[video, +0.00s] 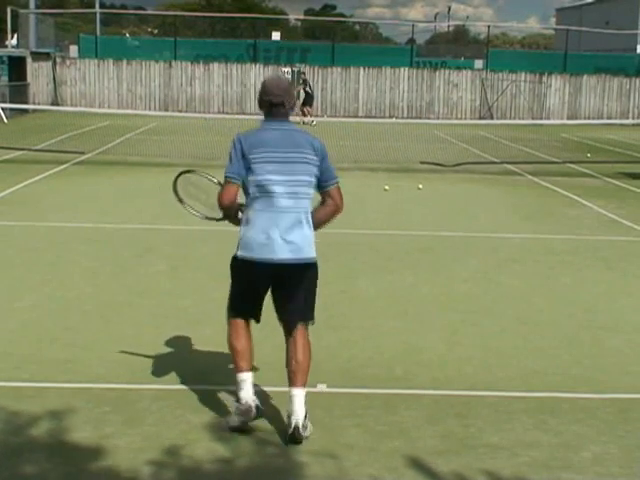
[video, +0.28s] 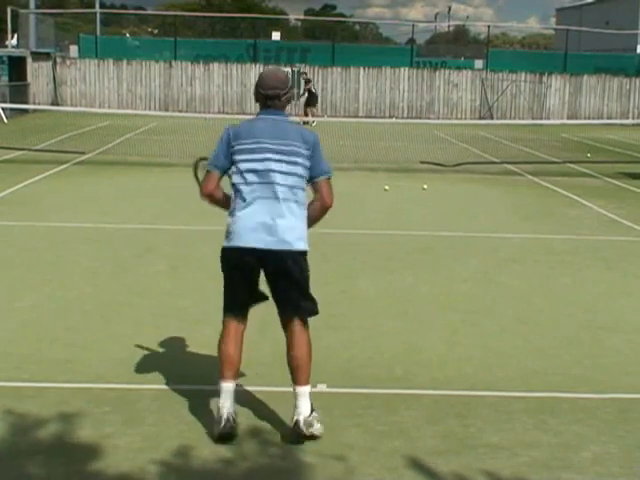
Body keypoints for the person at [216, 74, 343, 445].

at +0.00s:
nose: (277, 107)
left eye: (267, 101)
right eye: (288, 101)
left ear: (261, 105)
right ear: (293, 106)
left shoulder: (245, 142)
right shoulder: (313, 144)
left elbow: (227, 199)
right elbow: (334, 203)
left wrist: (234, 214)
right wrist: (304, 226)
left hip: (254, 254)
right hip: (299, 255)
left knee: (240, 316)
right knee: (297, 326)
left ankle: (246, 399)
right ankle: (298, 415)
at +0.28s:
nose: (282, 100)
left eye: (264, 94)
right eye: (285, 95)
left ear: (256, 98)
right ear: (287, 99)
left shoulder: (235, 134)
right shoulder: (306, 138)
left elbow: (208, 189)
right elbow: (325, 200)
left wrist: (236, 206)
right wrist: (296, 225)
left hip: (241, 242)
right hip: (287, 245)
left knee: (234, 320)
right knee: (295, 323)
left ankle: (225, 410)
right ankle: (304, 414)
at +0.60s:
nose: (290, 99)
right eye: (292, 95)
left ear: (261, 97)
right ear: (292, 99)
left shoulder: (236, 134)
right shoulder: (305, 138)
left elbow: (209, 187)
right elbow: (315, 203)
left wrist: (241, 205)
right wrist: (298, 232)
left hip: (237, 245)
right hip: (283, 247)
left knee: (229, 323)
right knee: (302, 324)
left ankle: (211, 412)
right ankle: (312, 414)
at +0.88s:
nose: (311, 130)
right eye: (311, 126)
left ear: (278, 126)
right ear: (309, 130)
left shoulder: (253, 160)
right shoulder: (308, 171)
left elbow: (255, 214)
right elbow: (309, 236)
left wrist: (305, 225)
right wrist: (321, 263)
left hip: (238, 267)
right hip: (279, 273)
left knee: (240, 337)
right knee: (316, 342)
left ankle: (202, 408)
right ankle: (315, 434)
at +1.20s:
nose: (305, 127)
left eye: (304, 122)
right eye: (305, 122)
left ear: (270, 121)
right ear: (298, 126)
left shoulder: (253, 149)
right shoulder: (277, 161)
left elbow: (298, 183)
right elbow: (272, 220)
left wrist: (345, 184)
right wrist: (325, 236)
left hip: (211, 257)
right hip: (240, 264)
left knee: (229, 330)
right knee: (279, 338)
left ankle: (199, 414)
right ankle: (275, 428)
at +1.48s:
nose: (307, 138)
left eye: (305, 133)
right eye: (306, 133)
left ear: (273, 132)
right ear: (301, 137)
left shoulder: (261, 157)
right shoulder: (272, 165)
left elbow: (304, 183)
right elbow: (254, 209)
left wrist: (348, 186)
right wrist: (304, 214)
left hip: (206, 259)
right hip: (230, 269)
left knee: (227, 326)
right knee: (266, 343)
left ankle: (193, 400)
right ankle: (243, 432)